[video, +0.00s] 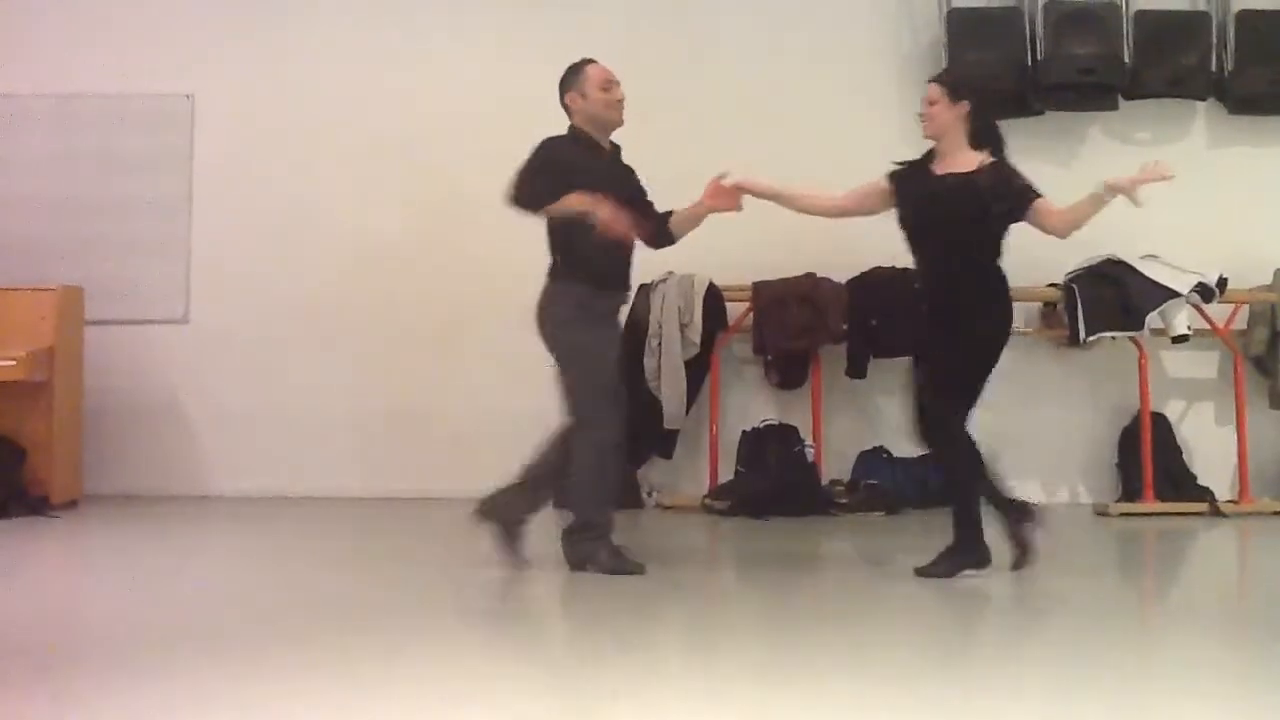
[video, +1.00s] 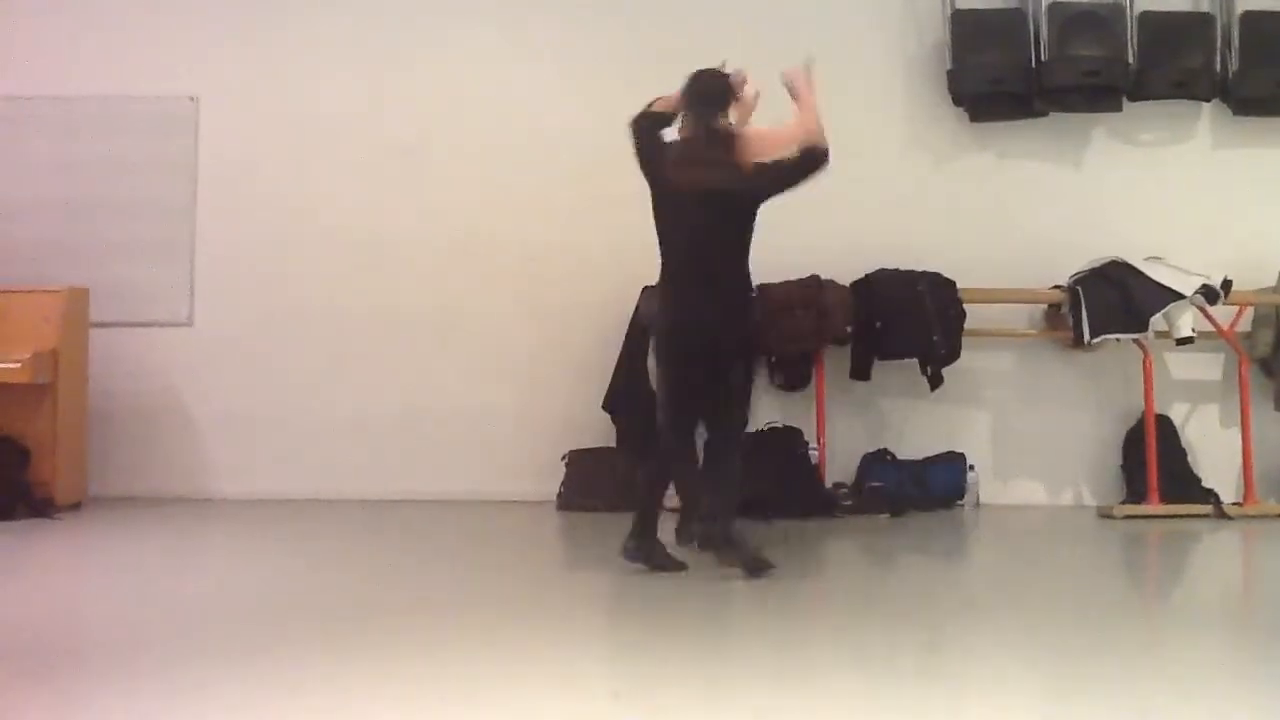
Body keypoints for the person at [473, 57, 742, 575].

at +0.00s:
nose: (620, 95)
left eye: (619, 86)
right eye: (607, 88)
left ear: (609, 101)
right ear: (575, 102)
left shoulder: (618, 170)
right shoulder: (559, 151)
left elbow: (656, 232)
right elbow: (524, 196)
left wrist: (703, 206)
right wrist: (590, 204)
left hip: (603, 310)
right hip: (571, 305)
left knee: (600, 420)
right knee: (600, 419)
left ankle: (510, 505)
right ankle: (587, 540)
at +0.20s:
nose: (637, 102)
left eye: (638, 95)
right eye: (624, 96)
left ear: (639, 106)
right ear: (595, 110)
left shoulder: (634, 168)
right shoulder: (590, 157)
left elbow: (654, 235)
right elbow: (634, 165)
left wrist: (686, 198)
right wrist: (690, 152)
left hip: (639, 311)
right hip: (602, 311)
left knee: (673, 408)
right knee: (620, 418)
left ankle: (645, 512)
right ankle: (591, 538)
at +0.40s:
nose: (655, 108)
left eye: (663, 103)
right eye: (643, 103)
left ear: (674, 117)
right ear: (625, 121)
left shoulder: (676, 168)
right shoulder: (617, 158)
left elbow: (693, 202)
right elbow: (653, 146)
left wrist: (699, 158)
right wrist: (691, 129)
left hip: (686, 310)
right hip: (642, 309)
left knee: (704, 419)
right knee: (634, 422)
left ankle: (711, 522)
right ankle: (593, 534)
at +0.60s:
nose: (692, 114)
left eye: (695, 108)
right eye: (681, 107)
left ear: (703, 119)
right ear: (659, 122)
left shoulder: (720, 176)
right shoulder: (652, 175)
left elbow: (764, 196)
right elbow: (596, 178)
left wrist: (742, 151)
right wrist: (624, 134)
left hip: (712, 312)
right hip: (664, 310)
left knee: (724, 418)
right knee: (681, 415)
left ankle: (711, 523)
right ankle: (625, 512)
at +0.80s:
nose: (700, 112)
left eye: (707, 106)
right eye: (690, 108)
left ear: (723, 121)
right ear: (674, 126)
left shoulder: (742, 168)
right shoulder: (662, 171)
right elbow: (599, 164)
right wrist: (626, 115)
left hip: (728, 302)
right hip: (672, 303)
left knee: (721, 411)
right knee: (695, 404)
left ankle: (708, 516)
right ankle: (660, 477)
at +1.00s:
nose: (746, 113)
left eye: (743, 104)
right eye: (742, 107)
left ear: (686, 115)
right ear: (730, 118)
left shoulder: (664, 167)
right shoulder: (746, 181)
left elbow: (643, 126)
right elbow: (816, 155)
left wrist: (678, 103)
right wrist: (804, 100)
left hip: (676, 316)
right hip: (728, 317)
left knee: (671, 428)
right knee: (727, 429)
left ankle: (642, 534)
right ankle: (719, 529)